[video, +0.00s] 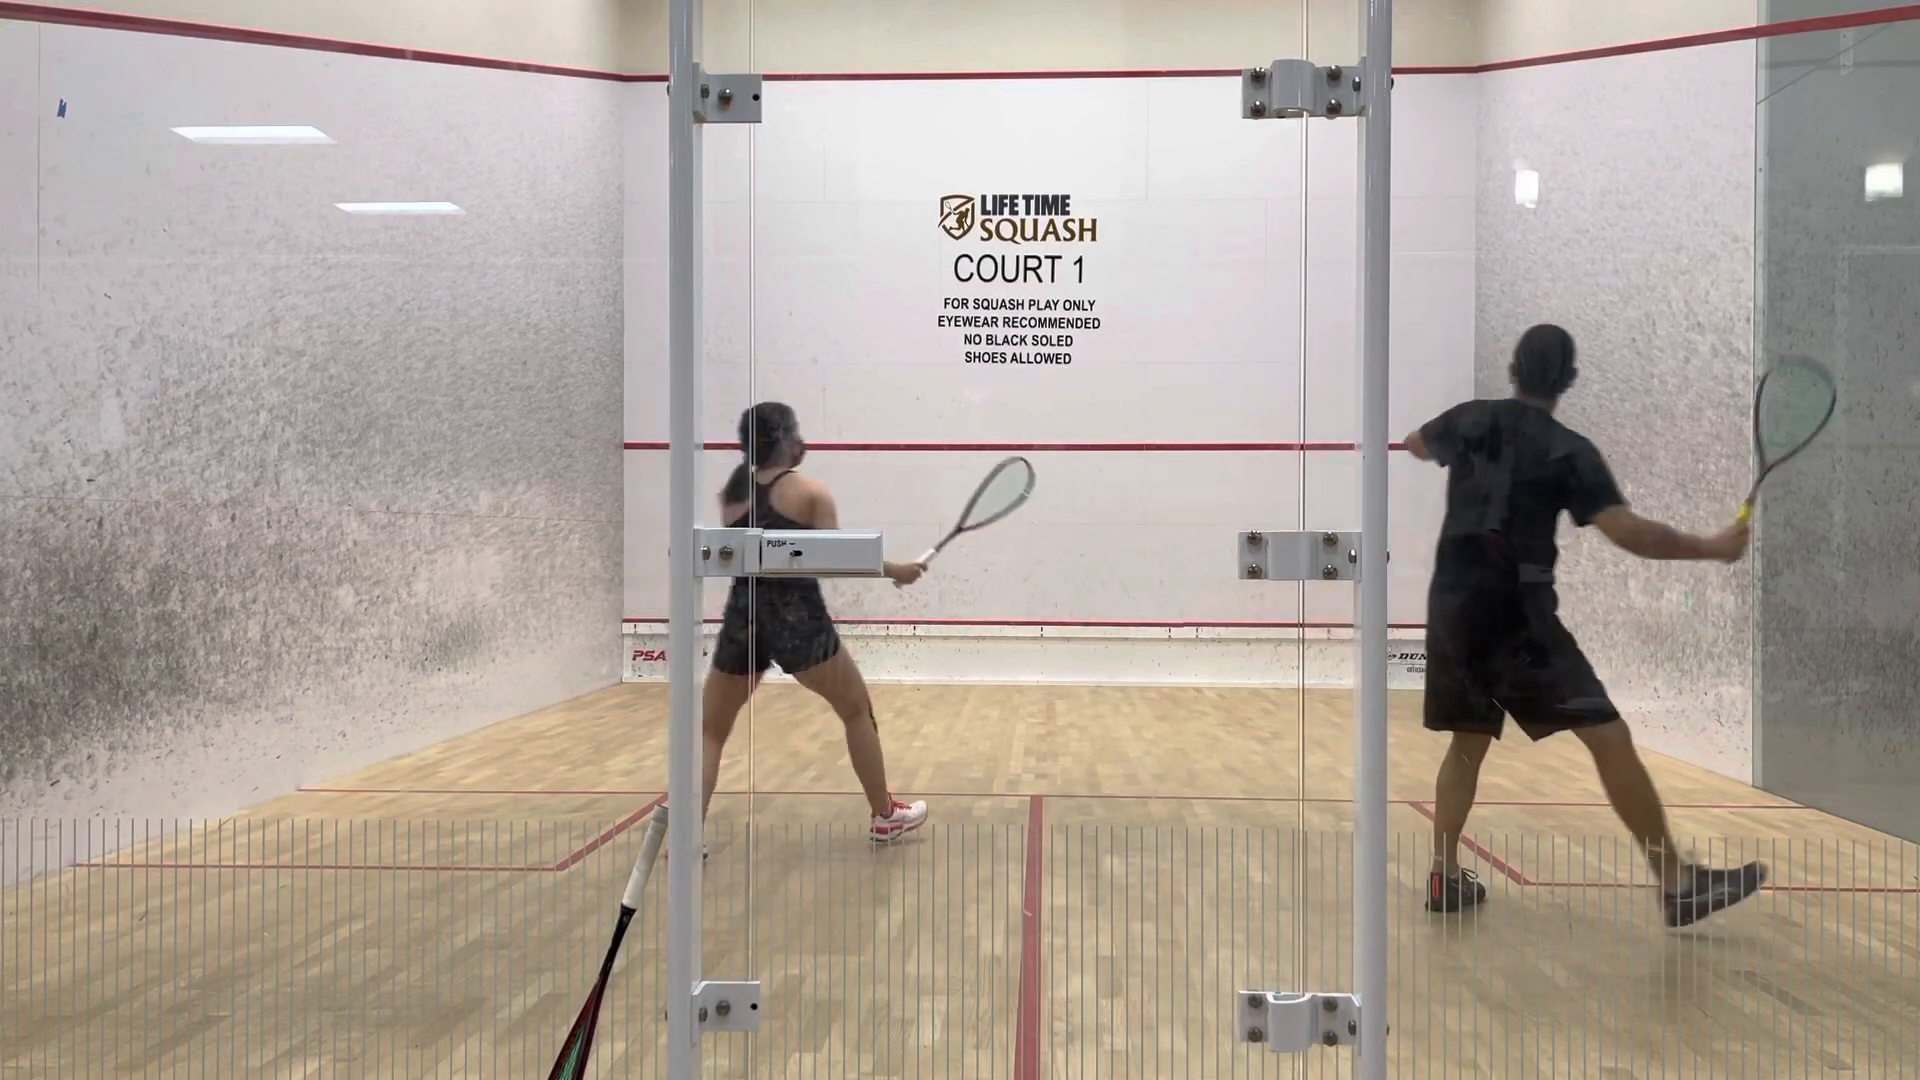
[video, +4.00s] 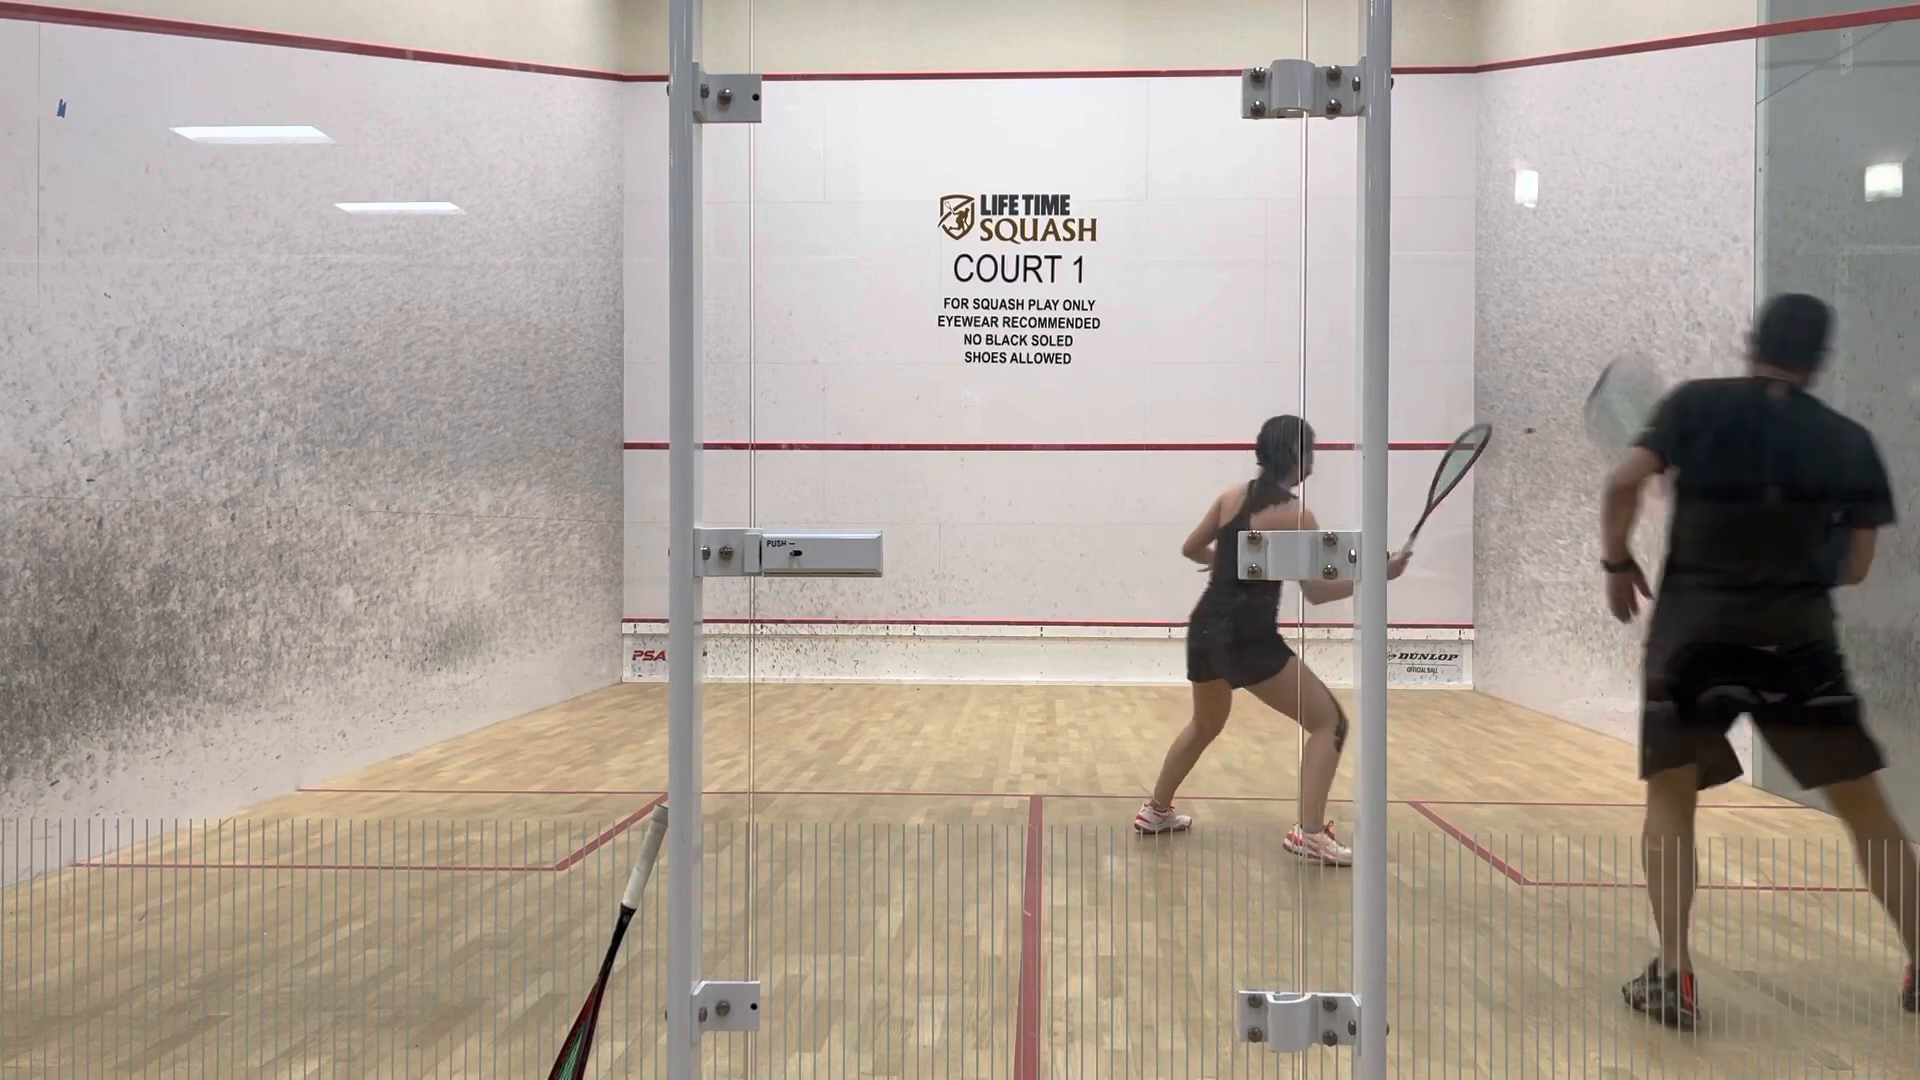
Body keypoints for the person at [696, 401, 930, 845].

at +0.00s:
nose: (802, 442)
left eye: (798, 435)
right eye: (797, 436)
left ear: (750, 444)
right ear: (788, 443)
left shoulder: (732, 492)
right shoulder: (810, 492)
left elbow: (730, 553)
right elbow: (834, 559)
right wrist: (892, 569)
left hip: (742, 624)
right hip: (799, 626)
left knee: (711, 731)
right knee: (856, 711)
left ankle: (688, 833)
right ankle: (884, 813)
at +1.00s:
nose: (1151, 459)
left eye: (1147, 452)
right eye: (1146, 453)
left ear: (1109, 460)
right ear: (1138, 461)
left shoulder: (1098, 505)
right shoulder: (1132, 518)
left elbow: (1126, 547)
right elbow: (1165, 582)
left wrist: (1179, 552)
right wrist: (1221, 555)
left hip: (1067, 631)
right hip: (1101, 637)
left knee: (1033, 723)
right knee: (1178, 707)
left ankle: (954, 791)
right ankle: (1196, 812)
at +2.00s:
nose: (1497, 483)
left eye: (1493, 477)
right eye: (1495, 477)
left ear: (1451, 484)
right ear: (1492, 486)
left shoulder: (1426, 526)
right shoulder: (1507, 533)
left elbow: (1387, 571)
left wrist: (1395, 541)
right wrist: (1426, 533)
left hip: (1420, 645)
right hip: (1458, 654)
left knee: (1496, 691)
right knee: (1477, 748)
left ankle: (1497, 782)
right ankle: (1386, 757)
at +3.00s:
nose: (1291, 447)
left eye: (1292, 440)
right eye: (1286, 439)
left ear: (1252, 443)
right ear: (1261, 441)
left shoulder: (1223, 479)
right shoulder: (1270, 494)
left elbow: (1195, 539)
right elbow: (1272, 564)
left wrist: (1237, 558)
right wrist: (1317, 589)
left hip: (1201, 610)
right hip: (1241, 614)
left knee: (1204, 716)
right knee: (1305, 698)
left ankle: (1156, 807)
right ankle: (1309, 808)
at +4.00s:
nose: (1313, 461)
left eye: (1312, 453)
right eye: (1310, 453)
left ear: (1264, 453)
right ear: (1298, 458)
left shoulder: (1231, 497)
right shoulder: (1297, 517)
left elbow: (1193, 548)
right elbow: (1317, 593)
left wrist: (1232, 566)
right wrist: (1377, 573)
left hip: (1204, 633)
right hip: (1250, 641)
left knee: (1205, 722)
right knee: (1329, 722)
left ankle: (1157, 808)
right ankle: (1310, 830)